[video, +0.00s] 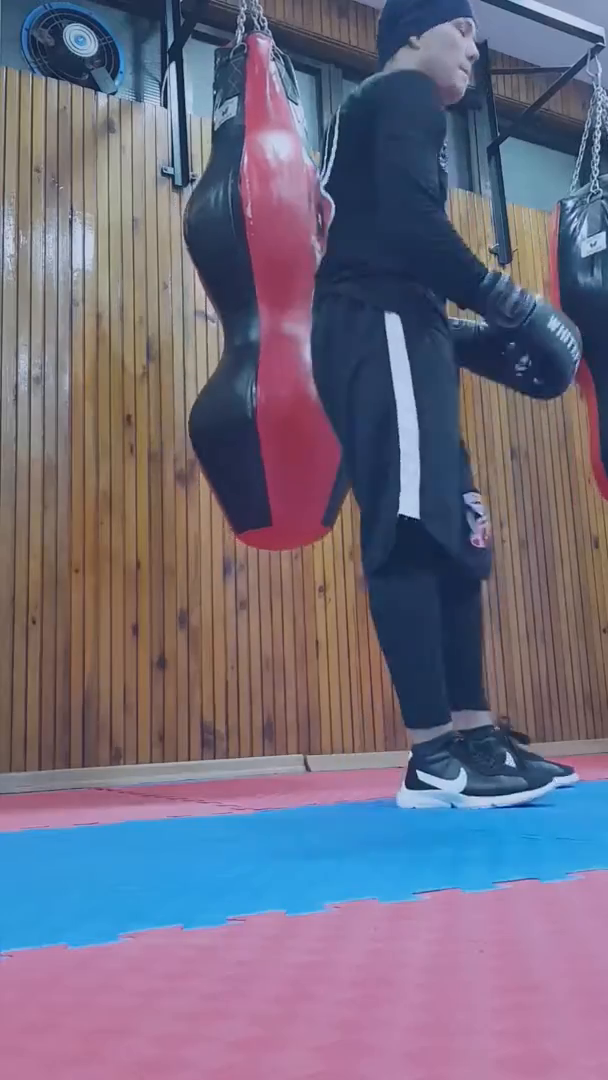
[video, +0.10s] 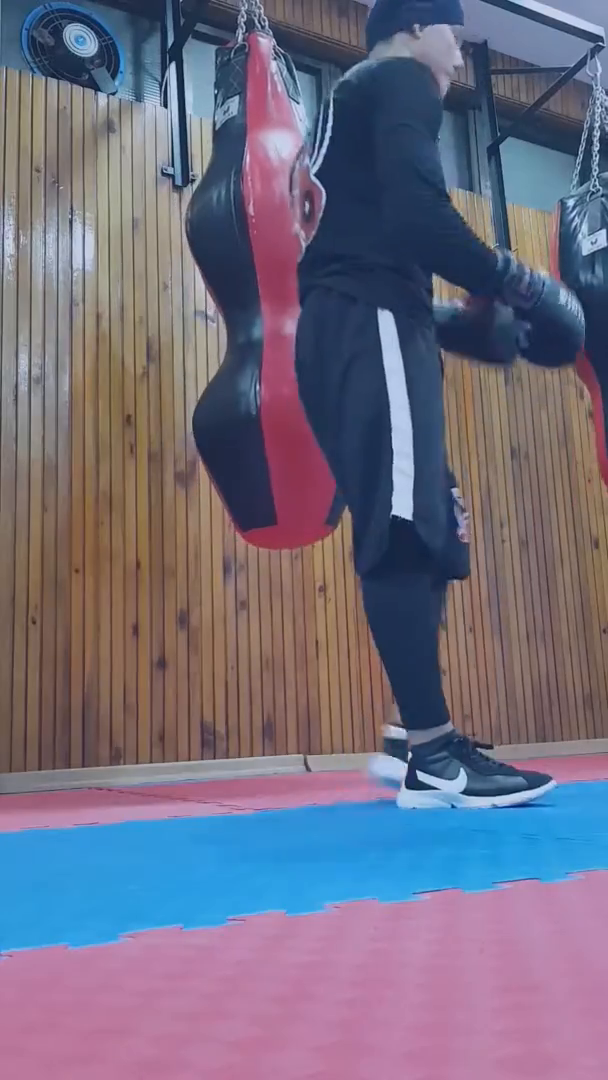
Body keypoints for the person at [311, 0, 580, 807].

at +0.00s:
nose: (473, 50)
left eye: (473, 39)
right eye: (462, 33)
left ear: (422, 41)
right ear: (415, 33)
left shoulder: (394, 109)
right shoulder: (403, 93)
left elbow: (389, 270)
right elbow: (411, 224)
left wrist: (471, 344)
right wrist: (509, 303)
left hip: (405, 327)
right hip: (379, 321)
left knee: (454, 533)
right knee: (407, 529)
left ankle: (474, 736)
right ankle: (434, 752)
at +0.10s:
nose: (461, 61)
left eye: (461, 47)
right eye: (455, 42)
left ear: (401, 34)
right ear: (416, 31)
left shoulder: (363, 93)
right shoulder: (401, 79)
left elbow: (376, 264)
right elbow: (414, 213)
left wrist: (462, 328)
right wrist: (513, 280)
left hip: (357, 320)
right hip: (370, 320)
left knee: (409, 528)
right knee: (405, 528)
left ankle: (417, 732)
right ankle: (432, 749)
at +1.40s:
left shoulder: (145, 10)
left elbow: (82, 130)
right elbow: (372, 81)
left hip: (135, 193)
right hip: (233, 175)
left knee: (171, 482)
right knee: (237, 464)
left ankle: (169, 760)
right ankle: (232, 771)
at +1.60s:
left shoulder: (133, 13)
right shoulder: (309, 1)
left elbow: (115, 140)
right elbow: (351, 89)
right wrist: (258, 52)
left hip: (135, 185)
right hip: (249, 165)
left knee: (157, 480)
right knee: (280, 463)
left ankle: (127, 766)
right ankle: (236, 766)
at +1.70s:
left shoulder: (129, 12)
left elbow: (129, 108)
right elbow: (352, 105)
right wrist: (252, 76)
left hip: (133, 182)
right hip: (252, 164)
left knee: (147, 468)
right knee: (362, 452)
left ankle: (124, 766)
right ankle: (272, 719)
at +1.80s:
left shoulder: (117, 18)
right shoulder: (306, 1)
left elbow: (131, 136)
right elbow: (358, 98)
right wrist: (296, 164)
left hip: (149, 189)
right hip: (267, 158)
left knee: (154, 474)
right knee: (411, 429)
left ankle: (126, 766)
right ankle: (345, 680)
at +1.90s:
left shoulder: (122, 10)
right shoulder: (327, 4)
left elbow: (132, 125)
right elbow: (371, 88)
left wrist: (183, 183)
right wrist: (333, 148)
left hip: (173, 172)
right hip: (299, 135)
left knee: (167, 472)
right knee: (418, 421)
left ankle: (128, 764)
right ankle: (430, 670)